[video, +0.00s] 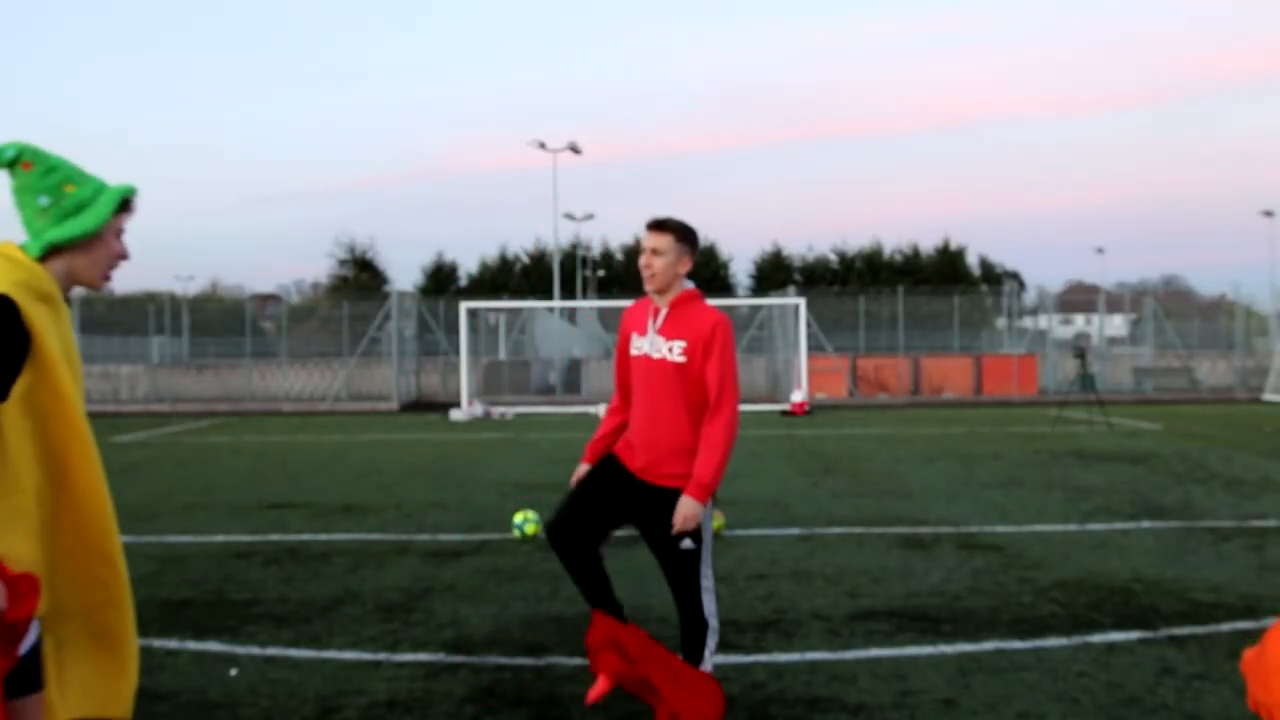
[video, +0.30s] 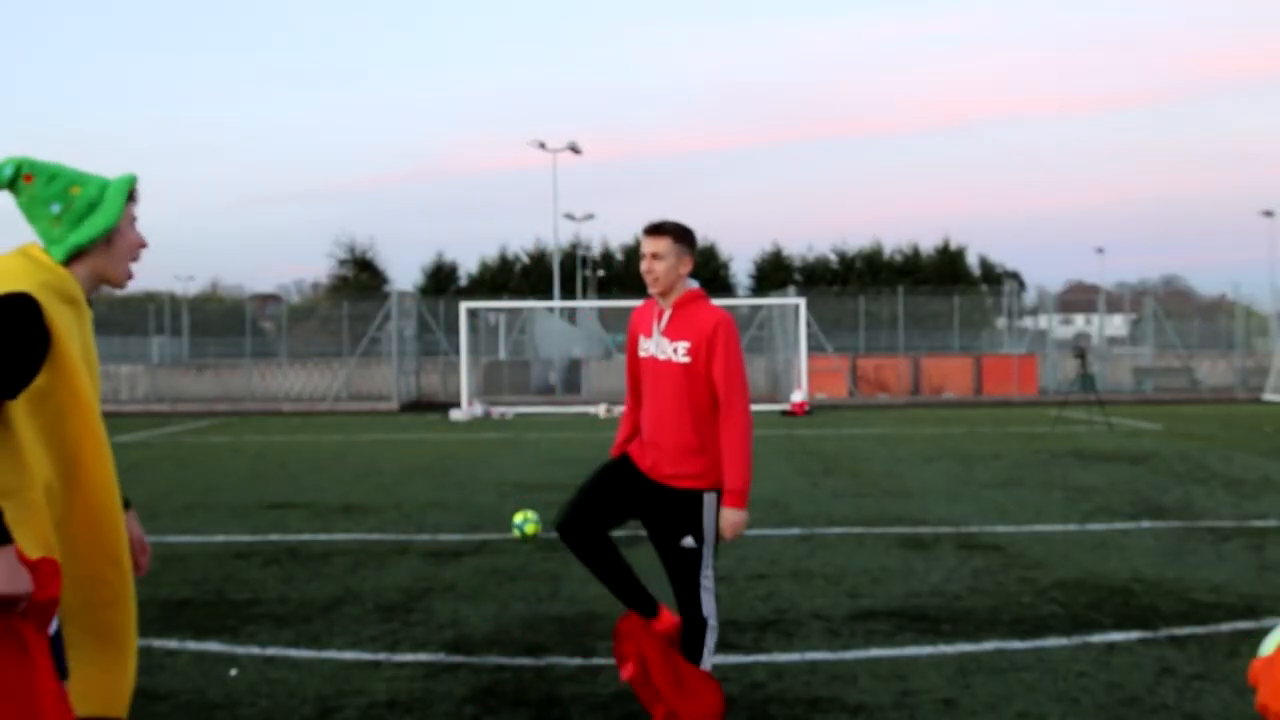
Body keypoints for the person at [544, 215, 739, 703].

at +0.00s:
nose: (645, 263)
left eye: (657, 254)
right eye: (643, 253)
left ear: (685, 262)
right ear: (639, 258)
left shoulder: (709, 325)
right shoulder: (635, 316)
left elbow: (723, 414)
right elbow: (622, 401)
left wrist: (698, 493)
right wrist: (590, 459)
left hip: (676, 485)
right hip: (625, 470)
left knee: (693, 603)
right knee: (566, 534)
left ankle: (693, 693)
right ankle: (618, 641)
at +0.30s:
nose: (647, 267)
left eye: (657, 258)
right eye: (643, 258)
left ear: (686, 263)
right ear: (641, 263)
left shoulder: (714, 324)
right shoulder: (642, 318)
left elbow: (735, 413)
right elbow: (634, 402)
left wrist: (735, 498)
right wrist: (618, 460)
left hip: (690, 479)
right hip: (640, 465)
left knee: (694, 599)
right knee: (576, 527)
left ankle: (691, 691)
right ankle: (654, 616)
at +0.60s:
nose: (633, 270)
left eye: (642, 261)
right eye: (629, 262)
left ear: (670, 264)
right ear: (628, 270)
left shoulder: (705, 316)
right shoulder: (633, 330)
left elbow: (736, 396)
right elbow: (634, 411)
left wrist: (749, 476)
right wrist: (632, 480)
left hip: (702, 466)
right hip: (660, 471)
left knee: (668, 578)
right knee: (676, 582)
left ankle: (698, 692)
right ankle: (693, 690)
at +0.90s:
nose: (628, 268)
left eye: (637, 258)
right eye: (624, 261)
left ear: (664, 262)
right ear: (624, 269)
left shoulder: (704, 309)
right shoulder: (633, 332)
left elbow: (739, 389)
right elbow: (641, 415)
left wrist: (742, 465)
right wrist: (639, 481)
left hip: (706, 442)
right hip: (664, 454)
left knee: (647, 512)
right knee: (687, 569)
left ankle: (700, 605)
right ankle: (703, 693)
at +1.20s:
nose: (640, 269)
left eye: (650, 259)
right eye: (636, 260)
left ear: (677, 263)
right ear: (632, 265)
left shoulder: (709, 313)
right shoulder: (638, 324)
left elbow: (747, 395)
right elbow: (642, 406)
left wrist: (754, 473)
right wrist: (633, 472)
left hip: (712, 433)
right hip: (666, 441)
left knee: (646, 478)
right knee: (683, 570)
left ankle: (751, 527)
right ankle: (702, 671)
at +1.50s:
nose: (653, 270)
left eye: (663, 261)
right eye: (648, 261)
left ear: (691, 263)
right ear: (645, 264)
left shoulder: (723, 315)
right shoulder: (643, 318)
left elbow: (760, 395)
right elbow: (633, 398)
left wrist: (769, 472)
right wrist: (617, 462)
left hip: (714, 450)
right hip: (669, 456)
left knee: (683, 549)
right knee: (679, 563)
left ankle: (739, 677)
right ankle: (702, 672)